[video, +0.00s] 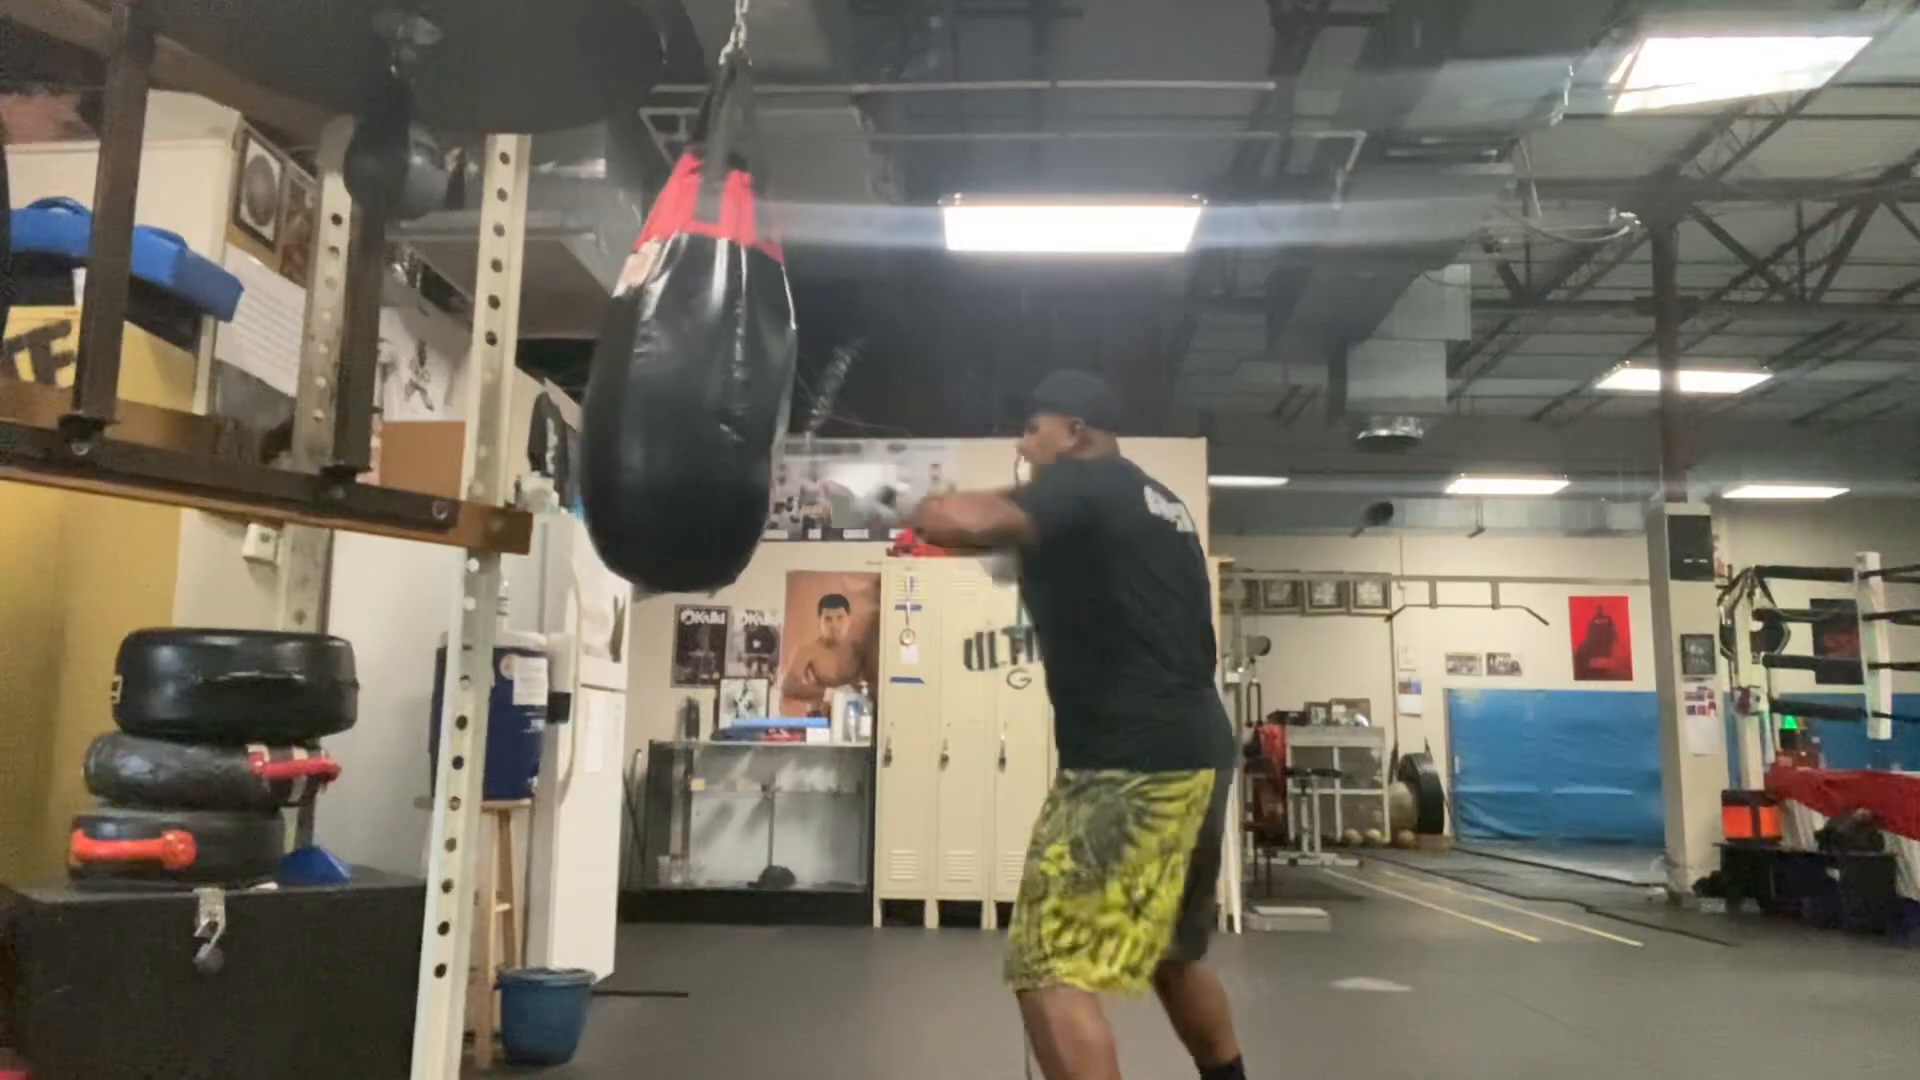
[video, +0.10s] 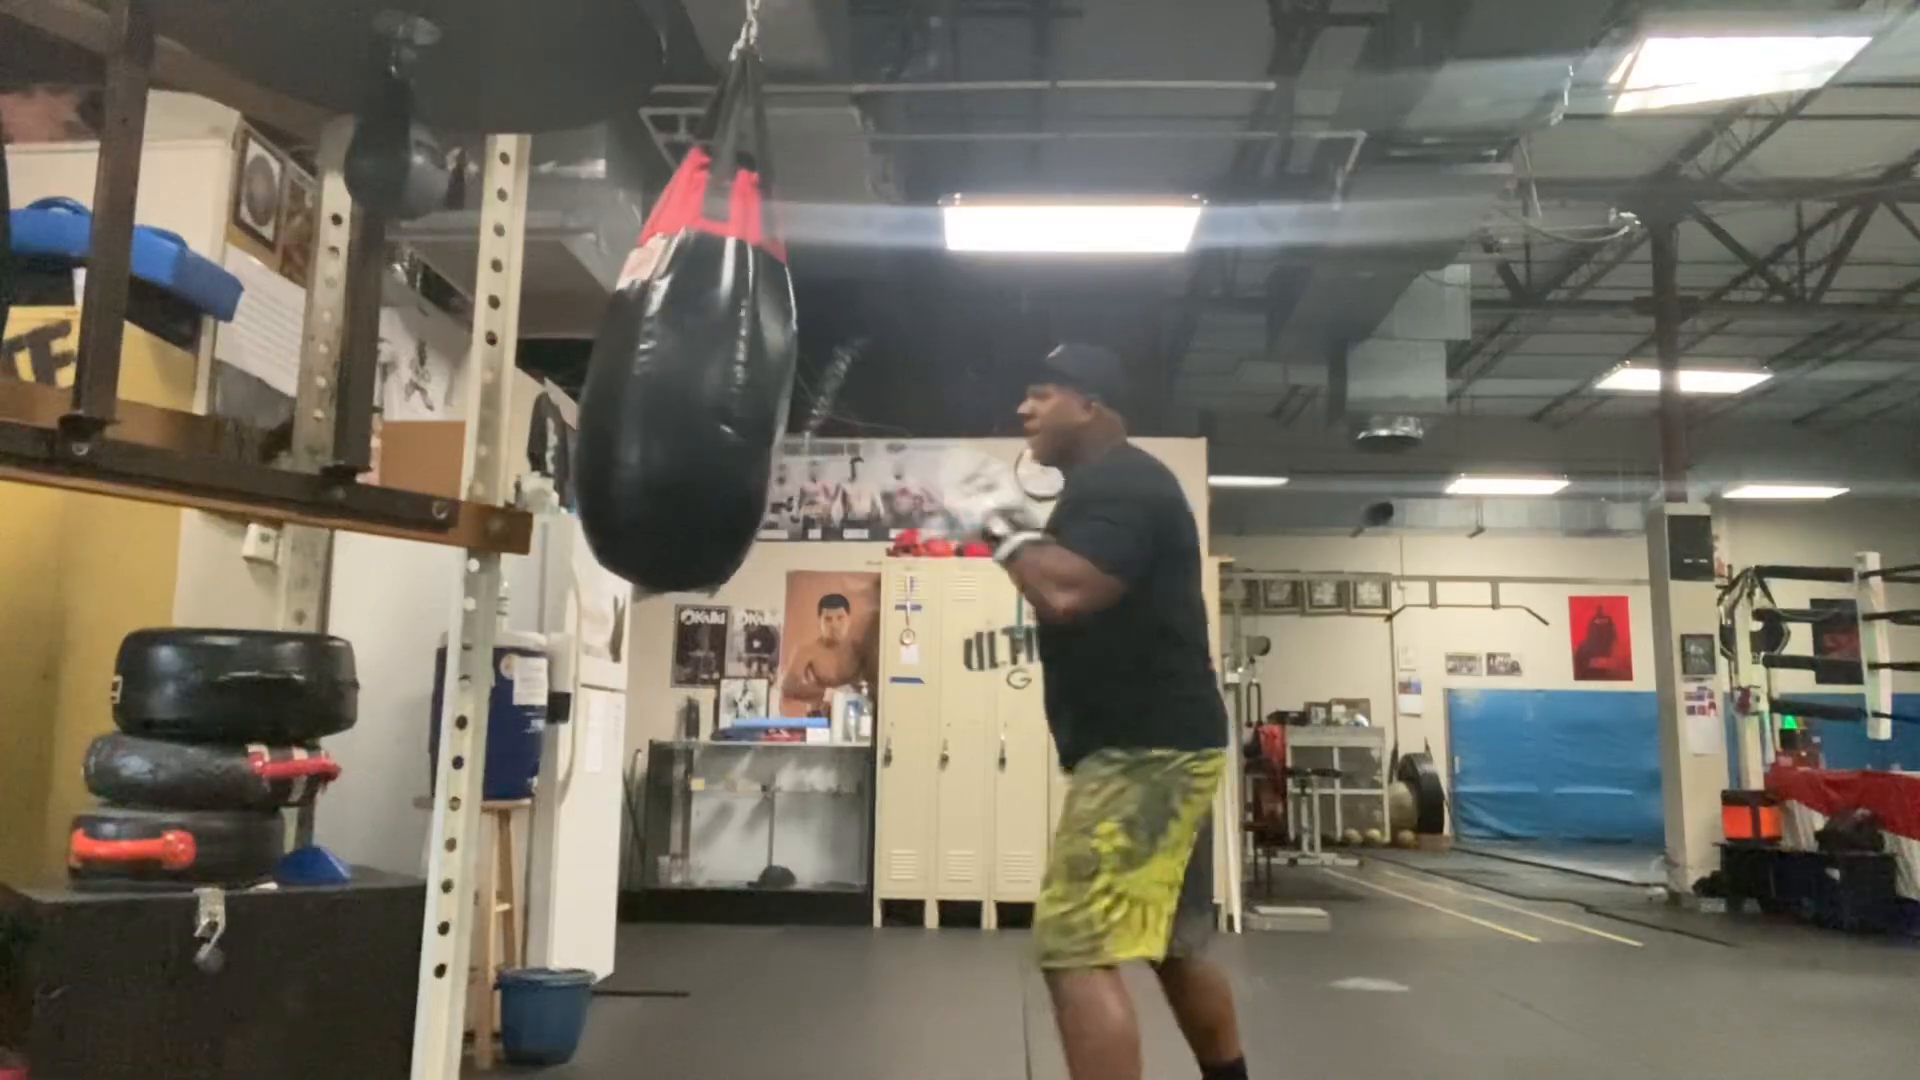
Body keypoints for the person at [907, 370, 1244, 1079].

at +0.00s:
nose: (1023, 446)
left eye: (1033, 429)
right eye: (1024, 431)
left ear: (1078, 430)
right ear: (1098, 434)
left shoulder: (1080, 486)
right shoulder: (1163, 501)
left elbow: (964, 519)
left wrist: (924, 507)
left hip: (1127, 757)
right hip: (1196, 751)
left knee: (1047, 966)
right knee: (1175, 954)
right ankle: (1228, 1074)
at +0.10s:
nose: (1022, 411)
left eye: (1038, 396)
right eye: (1027, 397)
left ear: (1090, 406)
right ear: (1089, 411)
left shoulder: (1121, 482)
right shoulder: (1108, 483)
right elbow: (1082, 578)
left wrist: (999, 531)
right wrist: (1022, 531)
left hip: (1141, 748)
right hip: (1164, 745)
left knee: (1073, 949)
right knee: (1177, 944)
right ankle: (1229, 1075)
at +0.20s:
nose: (1035, 422)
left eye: (1051, 409)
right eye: (1036, 408)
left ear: (1106, 413)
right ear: (1085, 418)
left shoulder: (1164, 494)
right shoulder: (1063, 491)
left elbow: (1103, 594)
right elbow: (929, 495)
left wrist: (1034, 509)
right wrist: (833, 462)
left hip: (1174, 747)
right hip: (1124, 747)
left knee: (1101, 939)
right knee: (1160, 947)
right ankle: (1223, 1072)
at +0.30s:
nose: (1041, 415)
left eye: (1055, 402)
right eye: (1043, 402)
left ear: (1108, 404)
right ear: (1100, 407)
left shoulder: (1173, 479)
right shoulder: (1080, 483)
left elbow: (1134, 578)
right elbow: (989, 547)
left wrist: (1031, 511)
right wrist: (910, 535)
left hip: (1184, 744)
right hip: (1141, 745)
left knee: (1121, 944)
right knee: (1178, 940)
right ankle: (1226, 1070)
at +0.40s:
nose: (1052, 413)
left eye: (1067, 398)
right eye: (1055, 398)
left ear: (1118, 403)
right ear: (1105, 406)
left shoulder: (1179, 479)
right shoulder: (1096, 489)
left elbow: (1125, 581)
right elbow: (1037, 591)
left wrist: (1036, 500)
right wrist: (954, 591)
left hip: (1190, 747)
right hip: (1147, 745)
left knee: (1125, 943)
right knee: (1187, 939)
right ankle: (1255, 1071)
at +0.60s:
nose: (1068, 429)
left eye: (1081, 415)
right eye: (1071, 415)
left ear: (1128, 419)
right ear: (1135, 423)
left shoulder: (1150, 492)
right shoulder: (1174, 486)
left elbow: (1093, 608)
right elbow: (1104, 593)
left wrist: (1027, 534)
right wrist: (1032, 562)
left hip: (1189, 750)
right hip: (1234, 746)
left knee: (1097, 945)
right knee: (1222, 952)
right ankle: (1278, 1071)